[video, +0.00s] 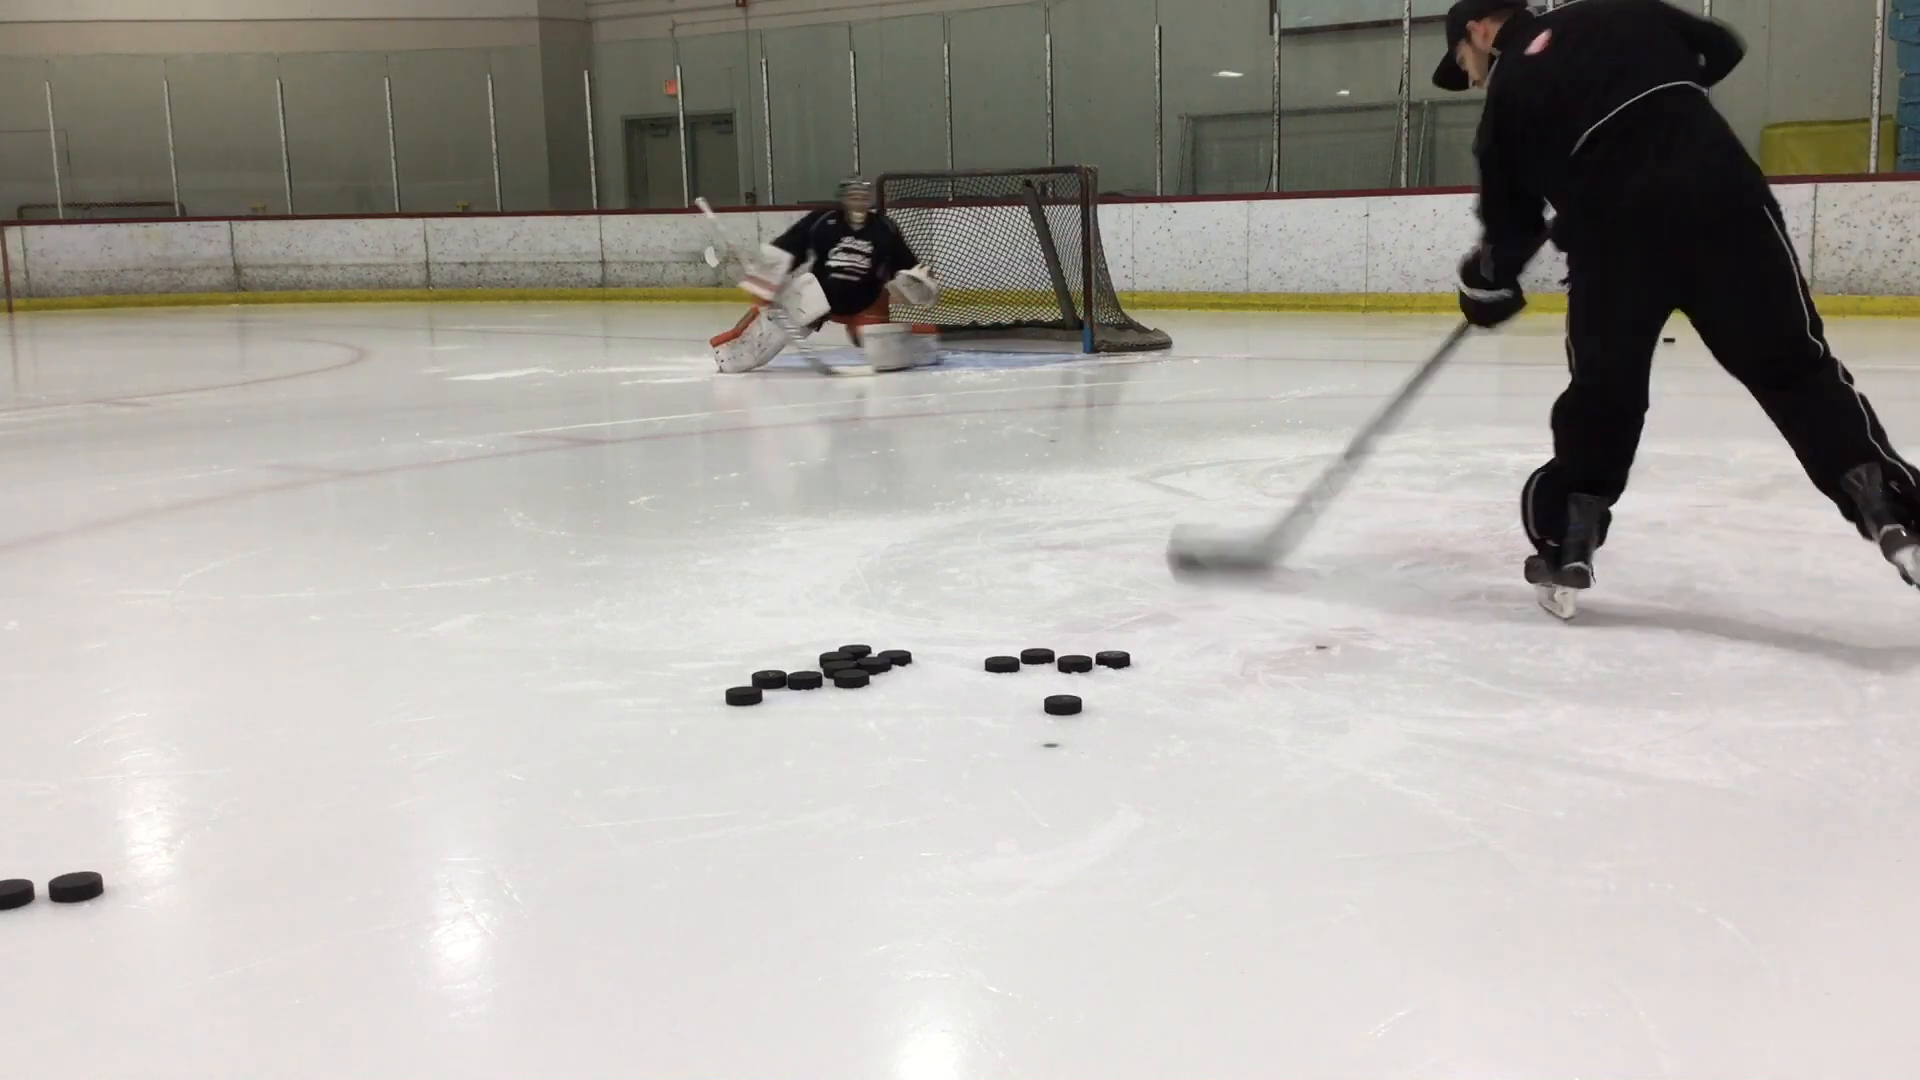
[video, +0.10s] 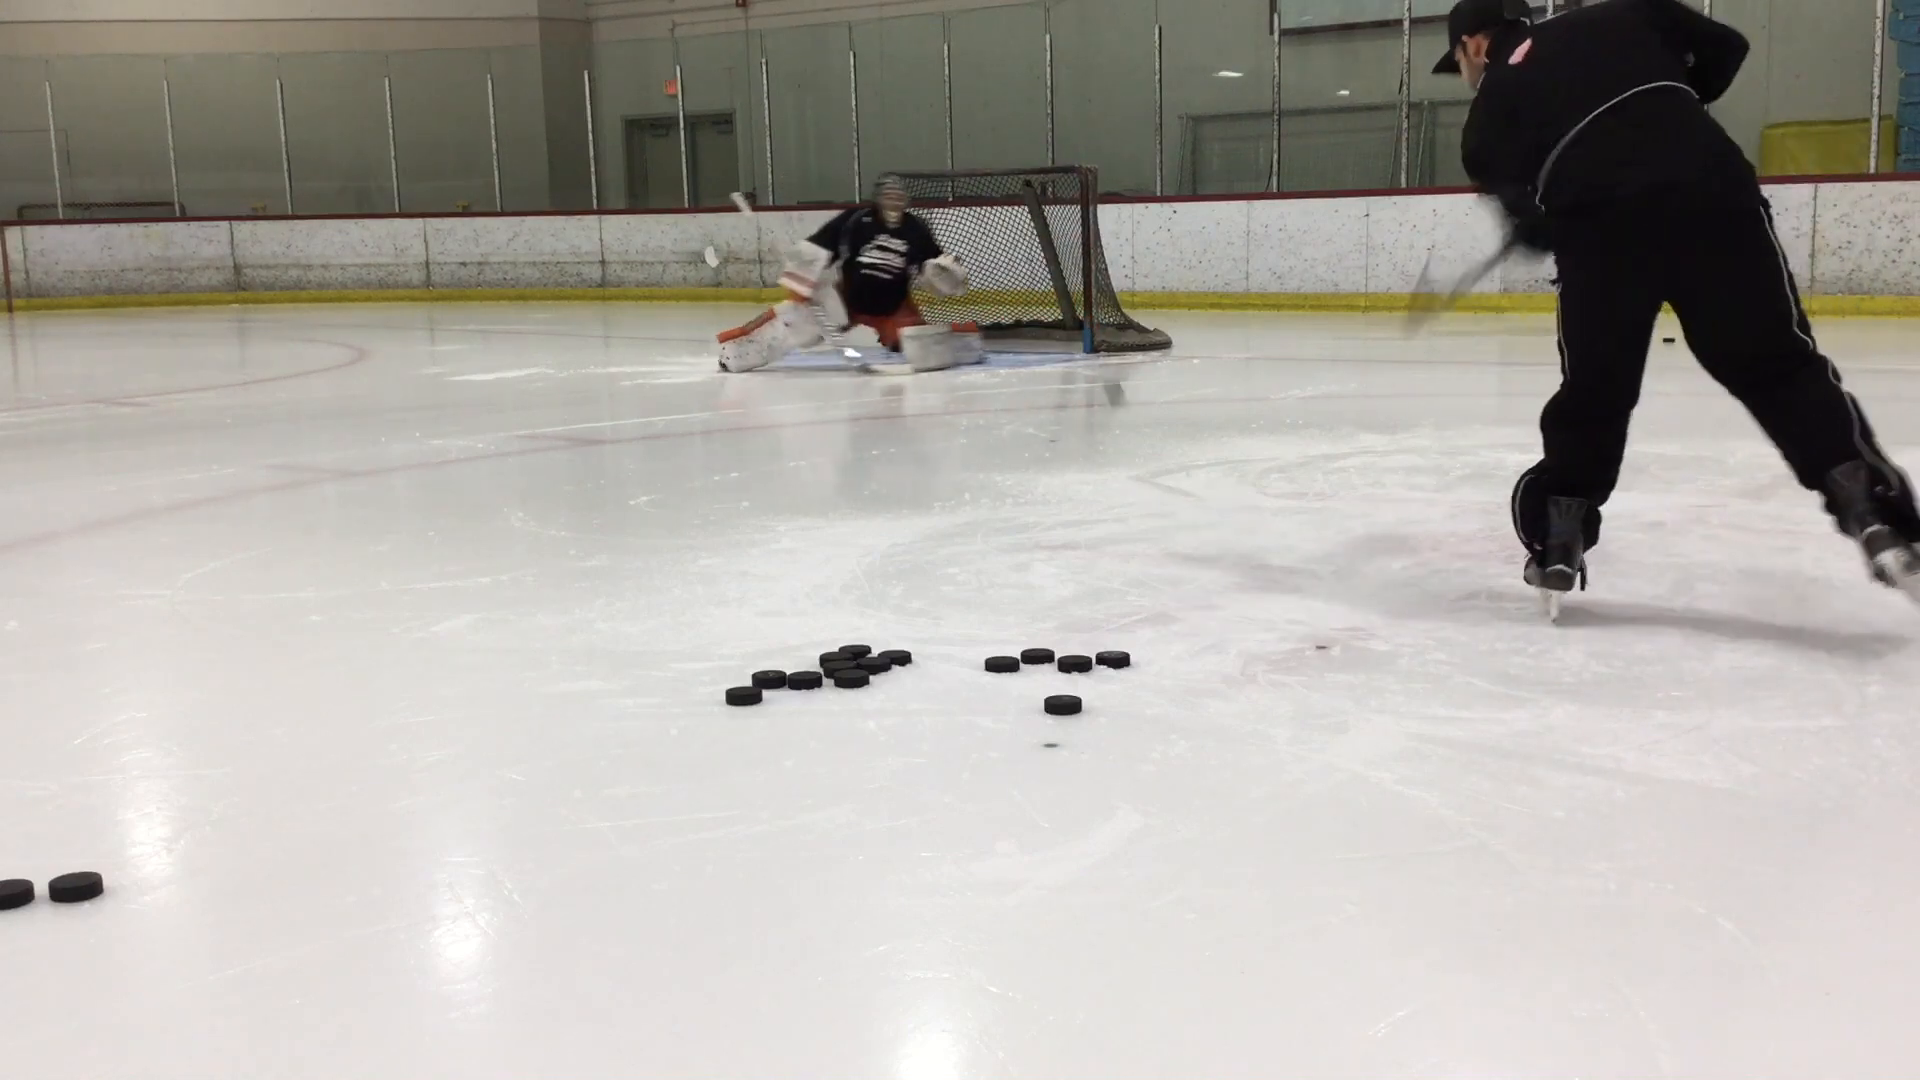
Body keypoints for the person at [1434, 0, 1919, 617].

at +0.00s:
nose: (1472, 76)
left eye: (1466, 62)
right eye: (1464, 68)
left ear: (1481, 29)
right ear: (1522, 13)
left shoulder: (1504, 100)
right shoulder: (1626, 10)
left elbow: (1516, 225)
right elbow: (1723, 44)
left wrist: (1490, 278)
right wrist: (1651, 90)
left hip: (1616, 238)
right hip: (1723, 203)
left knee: (1604, 388)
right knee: (1793, 363)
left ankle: (1572, 537)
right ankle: (1882, 499)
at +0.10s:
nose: (1463, 77)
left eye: (1459, 62)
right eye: (1459, 64)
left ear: (1476, 44)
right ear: (1521, 23)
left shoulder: (1486, 118)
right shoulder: (1620, 13)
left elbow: (1526, 217)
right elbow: (1727, 44)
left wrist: (1547, 232)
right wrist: (1671, 106)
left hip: (1604, 233)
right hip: (1713, 201)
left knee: (1594, 391)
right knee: (1772, 358)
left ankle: (1561, 534)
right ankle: (1863, 492)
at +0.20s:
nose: (1475, 50)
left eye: (1475, 38)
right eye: (1472, 40)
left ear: (1491, 29)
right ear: (1542, 13)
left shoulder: (1497, 93)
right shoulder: (1618, 9)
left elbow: (1492, 153)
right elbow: (1728, 25)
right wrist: (1695, 97)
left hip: (1592, 232)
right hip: (1702, 206)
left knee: (1590, 393)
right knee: (1754, 367)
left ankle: (1558, 531)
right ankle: (1817, 519)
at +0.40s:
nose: (1520, 12)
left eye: (1522, 9)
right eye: (1522, 8)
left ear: (1536, 10)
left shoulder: (1523, 73)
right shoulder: (1656, 4)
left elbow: (1524, 136)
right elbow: (1757, 21)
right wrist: (1726, 91)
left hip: (1580, 228)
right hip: (1687, 210)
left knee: (1588, 386)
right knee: (1720, 387)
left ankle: (1536, 552)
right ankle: (1756, 557)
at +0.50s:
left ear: (1566, 4)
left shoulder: (1542, 56)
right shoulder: (1685, 2)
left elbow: (1530, 121)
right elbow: (1775, 26)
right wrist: (1749, 92)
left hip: (1580, 221)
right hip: (1686, 206)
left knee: (1591, 379)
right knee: (1724, 384)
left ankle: (1537, 548)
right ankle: (1757, 555)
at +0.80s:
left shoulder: (1570, 46)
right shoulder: (1738, 5)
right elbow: (1846, 18)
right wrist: (1819, 92)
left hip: (1622, 228)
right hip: (1734, 215)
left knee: (1606, 381)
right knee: (1750, 391)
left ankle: (1543, 545)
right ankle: (1769, 559)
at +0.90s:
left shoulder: (1588, 36)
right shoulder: (1773, 3)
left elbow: (1596, 157)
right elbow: (1873, 22)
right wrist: (1825, 91)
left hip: (1649, 217)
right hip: (1765, 201)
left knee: (1619, 382)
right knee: (1763, 384)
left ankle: (1563, 528)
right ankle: (1776, 540)